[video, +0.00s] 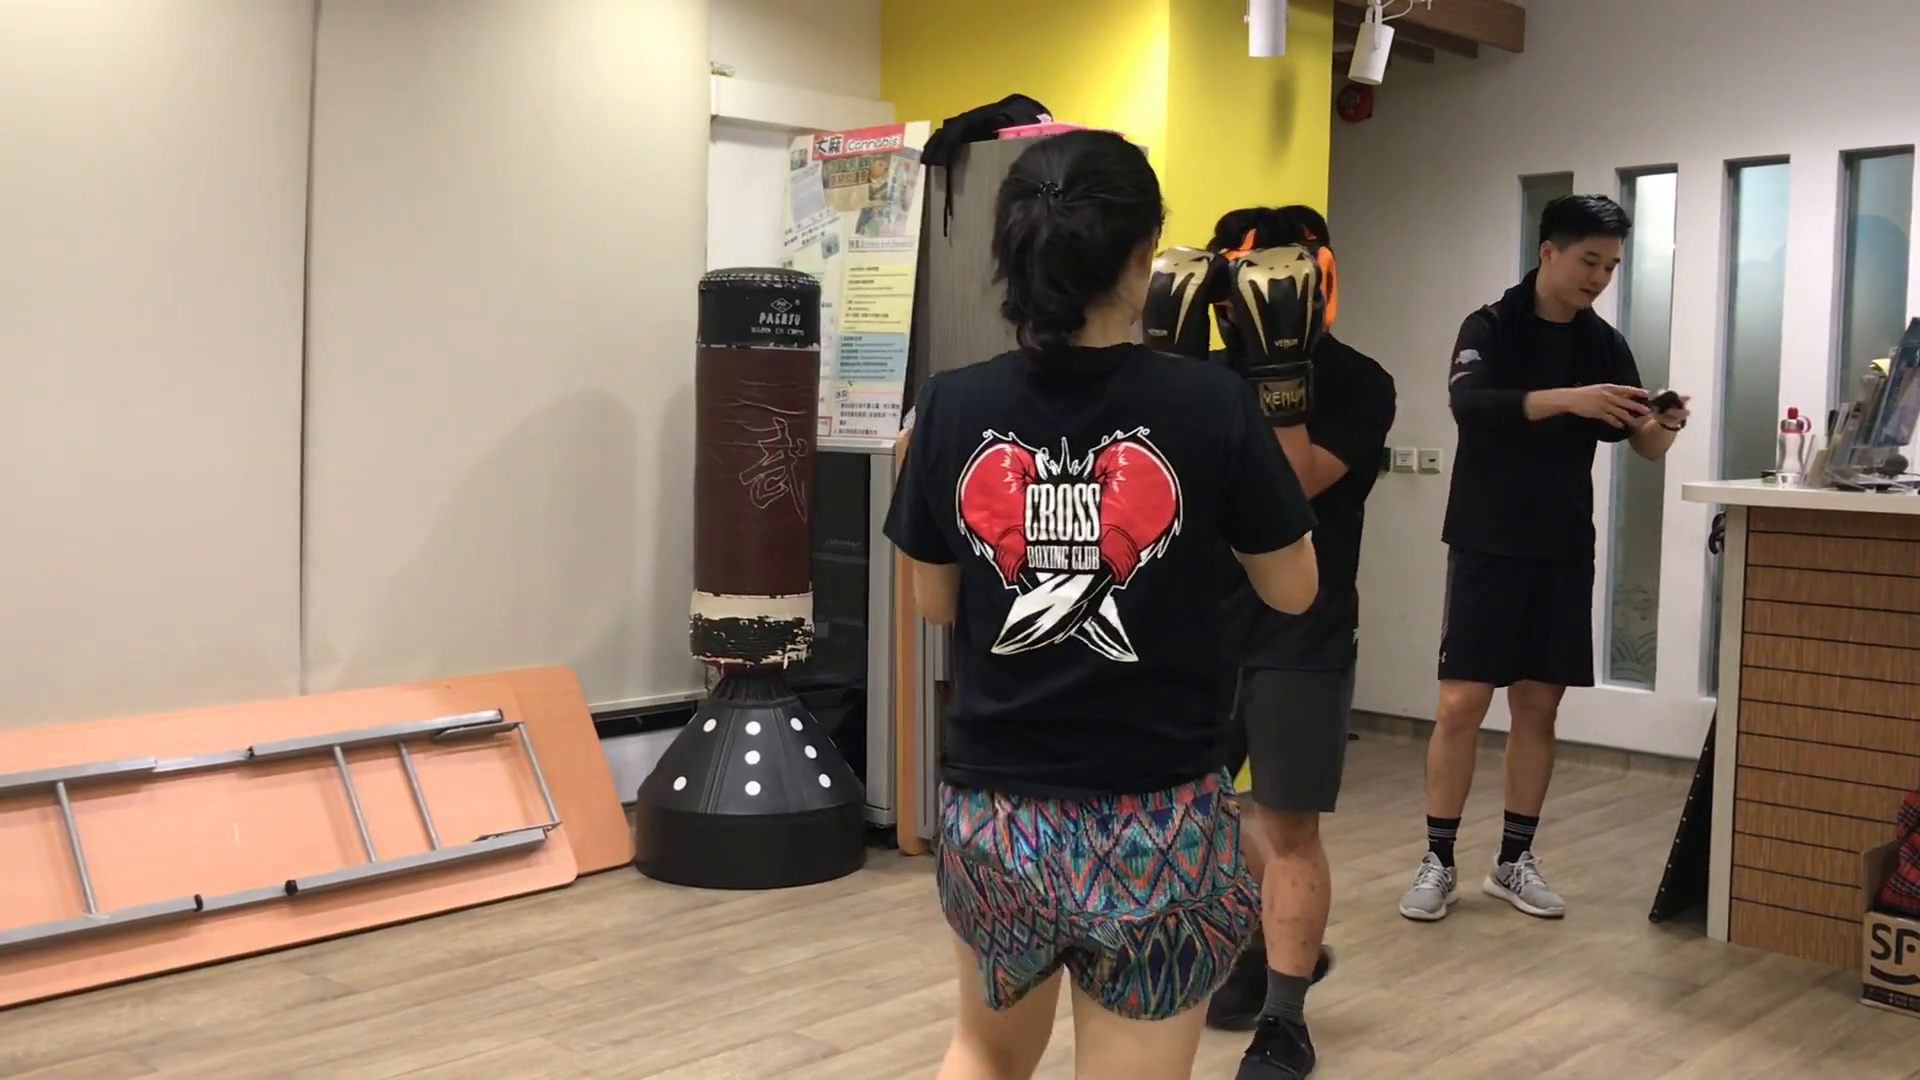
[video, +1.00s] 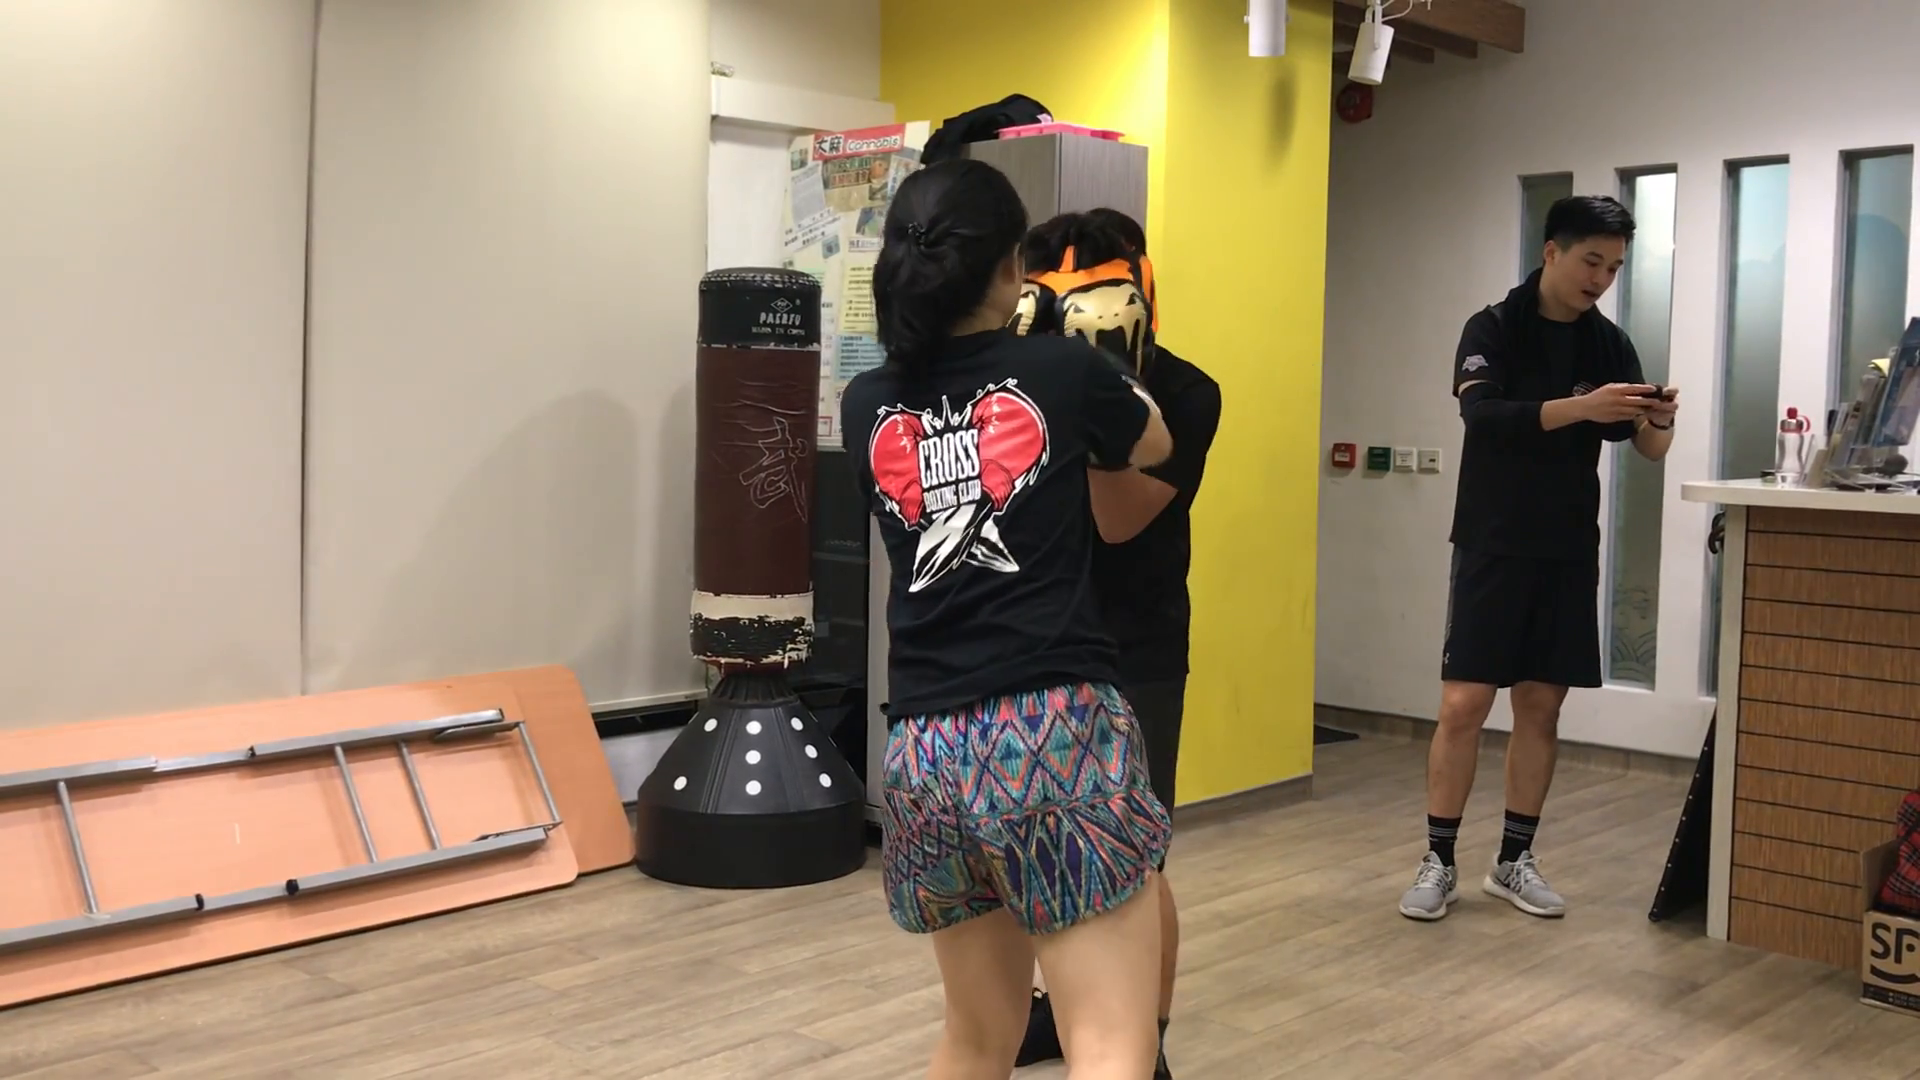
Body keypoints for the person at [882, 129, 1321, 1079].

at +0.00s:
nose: (1157, 249)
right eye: (1157, 232)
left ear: (1011, 247)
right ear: (1146, 252)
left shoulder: (956, 406)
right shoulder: (1211, 403)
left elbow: (931, 598)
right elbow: (1293, 584)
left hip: (996, 812)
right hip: (1163, 820)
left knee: (986, 1050)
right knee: (1134, 1064)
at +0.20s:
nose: (1135, 266)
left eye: (1127, 247)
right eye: (1134, 249)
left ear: (995, 260)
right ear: (1125, 269)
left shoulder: (947, 409)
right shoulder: (1184, 415)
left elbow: (926, 594)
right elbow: (1269, 582)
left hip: (982, 808)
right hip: (1143, 813)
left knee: (988, 1067)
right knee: (1127, 1064)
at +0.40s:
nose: (1085, 273)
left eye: (1078, 256)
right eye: (1082, 257)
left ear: (957, 267)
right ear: (1070, 269)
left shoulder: (909, 412)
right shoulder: (1129, 402)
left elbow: (903, 585)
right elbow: (1221, 563)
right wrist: (1186, 472)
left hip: (954, 794)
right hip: (1103, 797)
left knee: (984, 1048)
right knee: (1120, 1064)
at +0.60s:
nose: (1050, 268)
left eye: (1040, 250)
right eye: (1044, 250)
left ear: (917, 260)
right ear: (1034, 262)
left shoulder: (883, 404)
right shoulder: (1093, 385)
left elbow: (875, 551)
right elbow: (1194, 511)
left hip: (936, 762)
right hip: (1081, 754)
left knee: (977, 1044)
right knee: (1136, 1056)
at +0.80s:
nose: (1032, 269)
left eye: (1024, 254)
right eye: (1026, 253)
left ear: (901, 267)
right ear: (1018, 266)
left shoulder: (872, 403)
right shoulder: (1074, 374)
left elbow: (901, 501)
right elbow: (1159, 445)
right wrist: (1118, 360)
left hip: (924, 744)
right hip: (1065, 735)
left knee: (971, 1039)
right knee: (1126, 1045)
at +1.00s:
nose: (1027, 265)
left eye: (1021, 251)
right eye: (1022, 250)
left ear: (898, 260)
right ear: (1010, 261)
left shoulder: (867, 403)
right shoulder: (1060, 370)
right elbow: (1154, 441)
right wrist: (1090, 359)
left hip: (924, 742)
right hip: (1060, 731)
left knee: (975, 1036)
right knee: (1108, 1048)